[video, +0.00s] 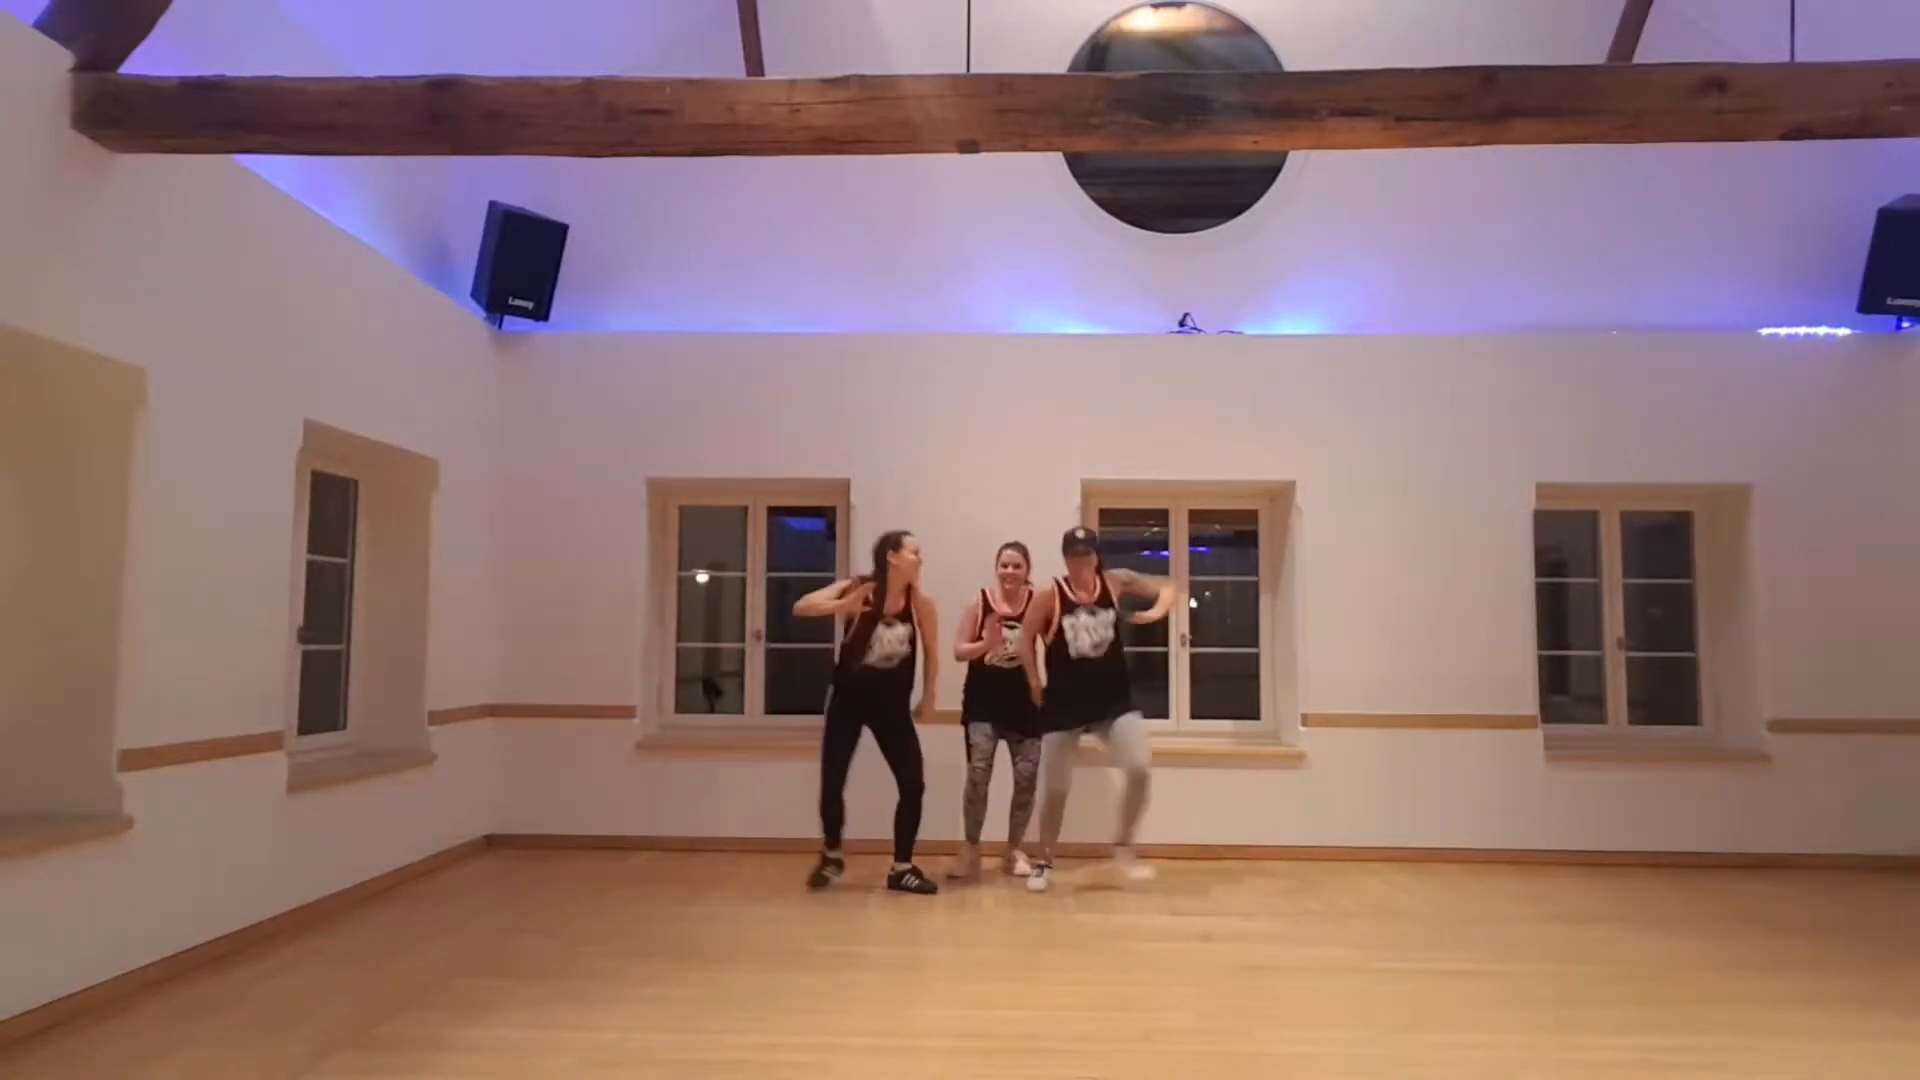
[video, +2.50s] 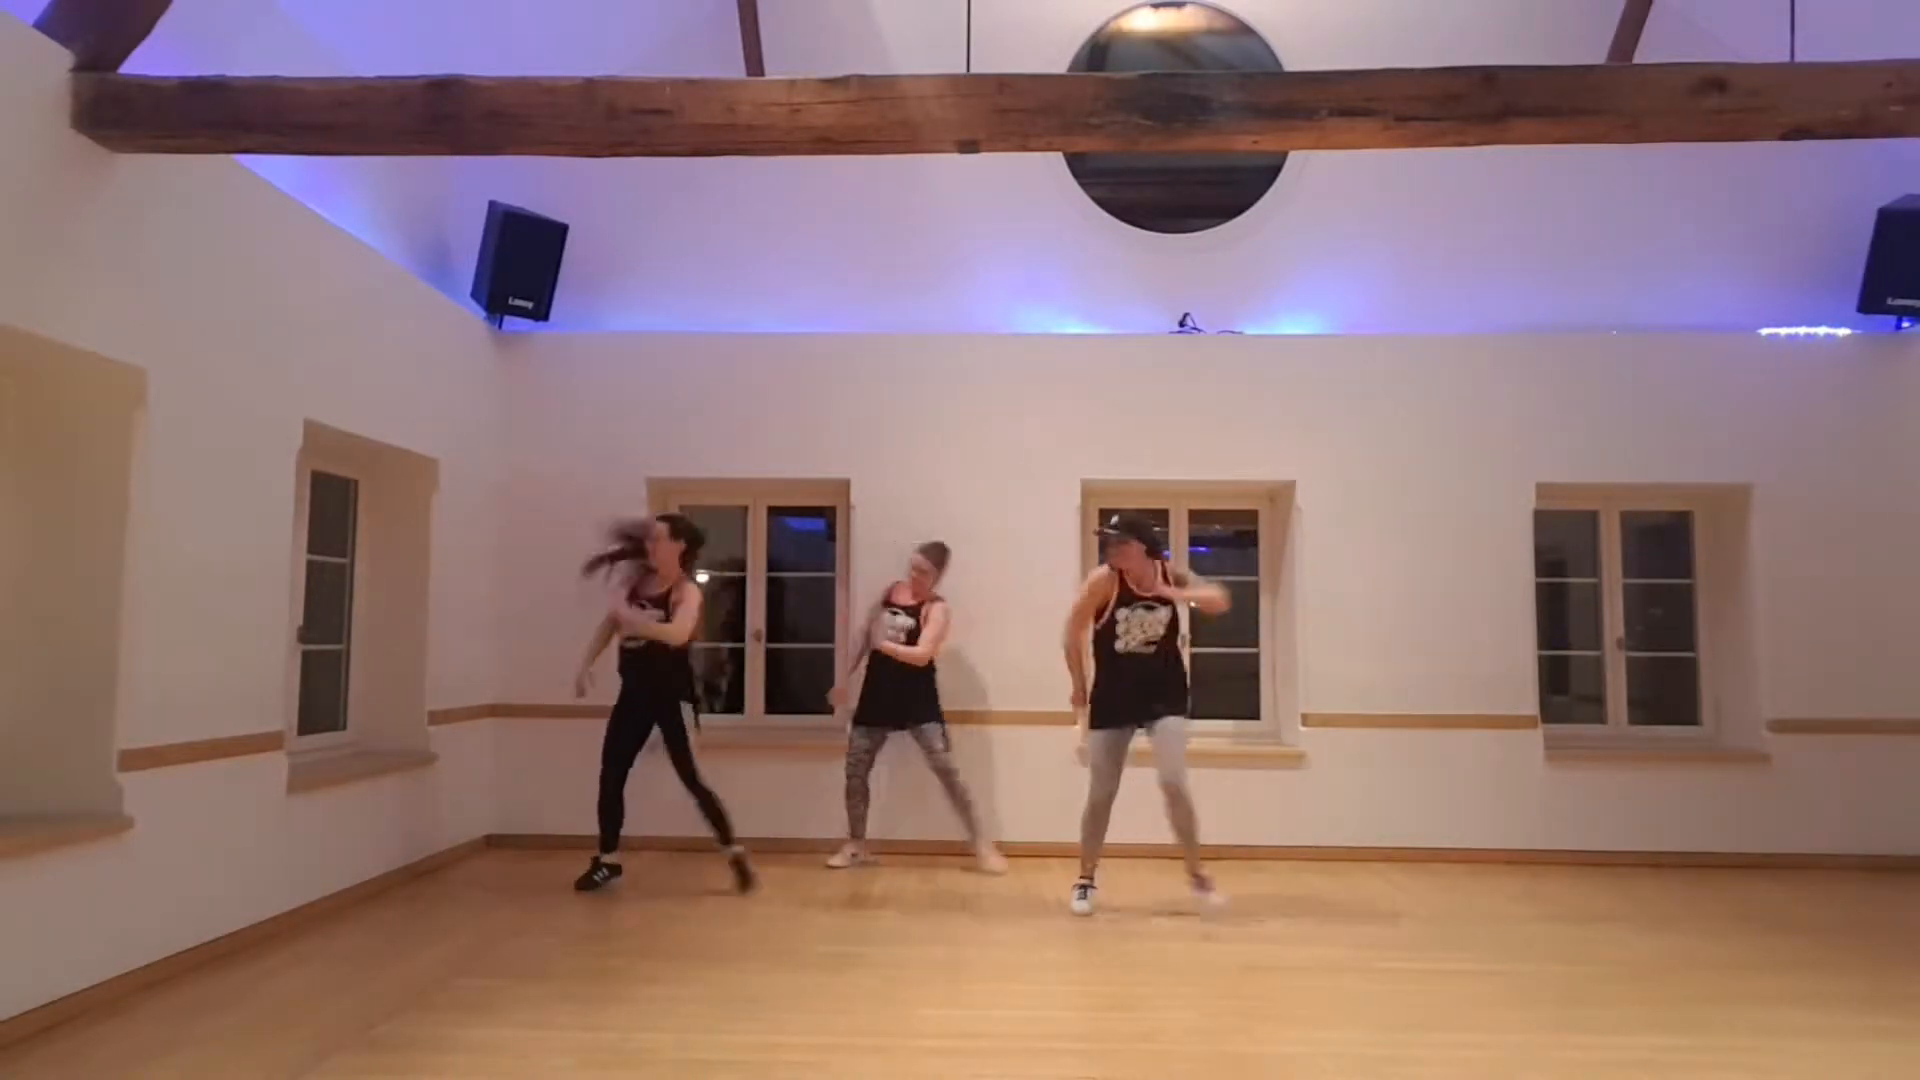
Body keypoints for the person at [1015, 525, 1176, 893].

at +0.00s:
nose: (1080, 563)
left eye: (1086, 556)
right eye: (1074, 556)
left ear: (1096, 556)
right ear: (1064, 558)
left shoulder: (1117, 582)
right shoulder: (1049, 595)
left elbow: (1169, 588)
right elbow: (1025, 640)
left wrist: (1155, 612)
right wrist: (1035, 686)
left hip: (1112, 700)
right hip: (1064, 703)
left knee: (1139, 769)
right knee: (1055, 788)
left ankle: (1124, 848)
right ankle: (1044, 862)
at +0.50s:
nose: (1167, 602)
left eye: (1174, 594)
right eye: (1164, 595)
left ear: (1193, 592)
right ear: (1160, 595)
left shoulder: (1217, 614)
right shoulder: (1154, 622)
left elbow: (1186, 638)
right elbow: (1129, 669)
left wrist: (1123, 637)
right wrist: (1107, 718)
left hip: (1197, 732)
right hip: (1141, 729)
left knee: (1237, 801)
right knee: (1106, 793)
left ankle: (1247, 875)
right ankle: (1076, 868)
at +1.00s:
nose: (1237, 591)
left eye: (1240, 584)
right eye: (1231, 583)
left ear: (1243, 586)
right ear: (1210, 582)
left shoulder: (1246, 618)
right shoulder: (1182, 608)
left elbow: (1288, 638)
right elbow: (1126, 605)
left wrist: (1300, 601)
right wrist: (1132, 587)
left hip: (1266, 719)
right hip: (1225, 728)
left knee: (1284, 802)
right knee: (1268, 803)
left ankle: (1252, 870)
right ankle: (1248, 873)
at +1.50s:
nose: (1230, 577)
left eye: (1230, 569)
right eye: (1225, 569)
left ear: (1207, 571)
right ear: (1204, 570)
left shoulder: (1203, 605)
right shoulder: (1195, 607)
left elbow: (1250, 638)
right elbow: (1256, 639)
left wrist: (1293, 615)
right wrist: (1299, 609)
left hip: (1208, 720)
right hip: (1171, 721)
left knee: (1255, 791)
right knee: (1158, 802)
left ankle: (1244, 874)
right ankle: (1100, 879)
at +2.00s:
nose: (1164, 550)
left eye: (1165, 543)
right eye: (1157, 543)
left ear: (1164, 547)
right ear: (1134, 546)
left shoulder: (1164, 580)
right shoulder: (1110, 583)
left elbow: (1161, 624)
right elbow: (1047, 600)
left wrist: (1169, 655)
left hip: (1150, 700)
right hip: (1107, 703)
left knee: (1176, 784)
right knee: (1107, 798)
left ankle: (1143, 873)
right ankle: (1086, 881)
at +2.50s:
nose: (1115, 556)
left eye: (1122, 547)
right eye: (1112, 549)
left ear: (1144, 547)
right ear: (1112, 552)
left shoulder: (1172, 575)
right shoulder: (1104, 581)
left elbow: (1220, 600)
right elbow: (1074, 629)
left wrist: (1173, 593)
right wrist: (1079, 684)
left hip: (1165, 696)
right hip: (1113, 697)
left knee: (1173, 783)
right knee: (1102, 792)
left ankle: (1197, 874)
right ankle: (1086, 879)